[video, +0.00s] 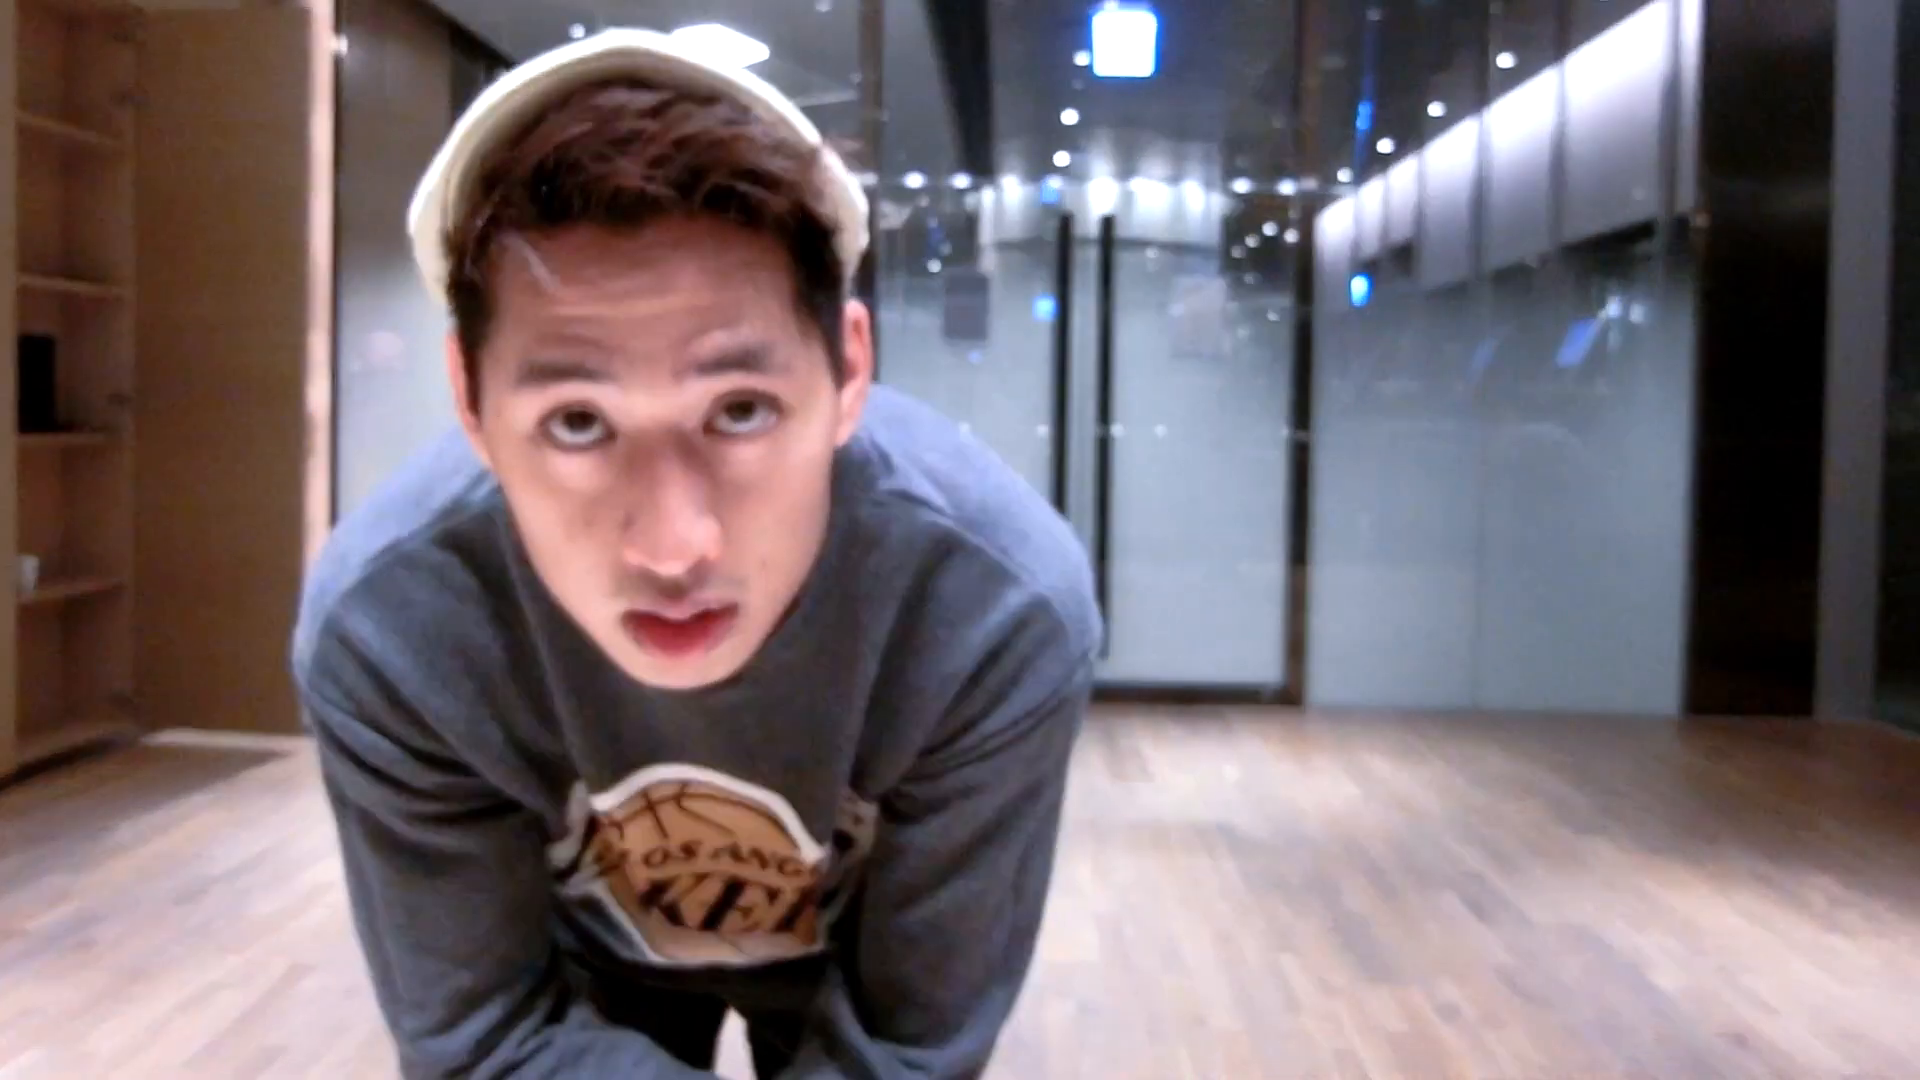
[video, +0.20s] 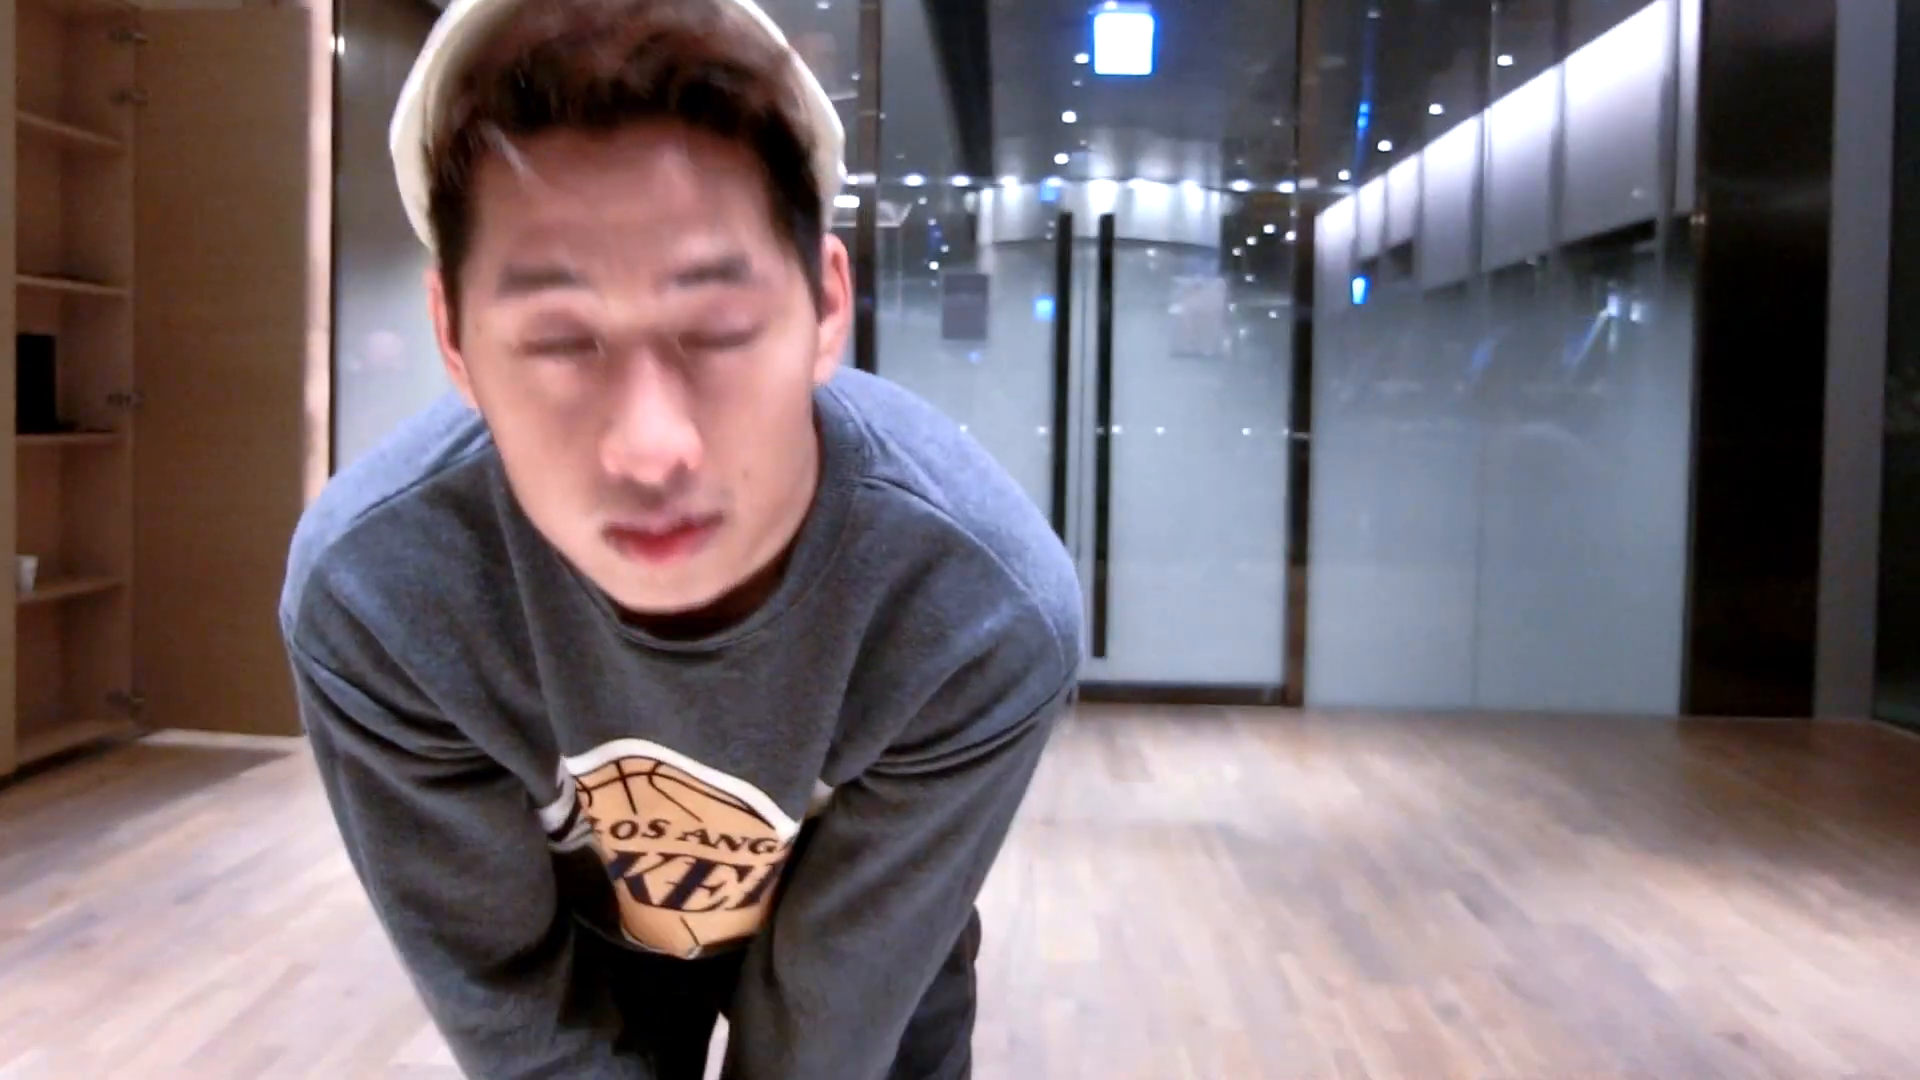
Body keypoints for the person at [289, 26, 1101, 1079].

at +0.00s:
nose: (674, 538)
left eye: (739, 410)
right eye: (577, 422)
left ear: (847, 376)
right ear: (472, 404)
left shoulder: (1002, 611)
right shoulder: (384, 629)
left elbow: (907, 1051)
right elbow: (483, 1038)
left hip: (855, 947)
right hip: (595, 948)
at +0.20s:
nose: (652, 446)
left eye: (719, 334)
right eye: (561, 343)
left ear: (828, 305)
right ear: (454, 341)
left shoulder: (987, 613)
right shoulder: (368, 591)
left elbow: (825, 1029)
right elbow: (515, 1018)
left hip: (866, 938)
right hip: (586, 950)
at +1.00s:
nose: (532, 323)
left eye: (563, 192)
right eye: (418, 244)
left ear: (688, 174)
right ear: (341, 294)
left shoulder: (936, 501)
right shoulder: (336, 548)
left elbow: (885, 985)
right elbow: (433, 931)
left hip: (833, 917)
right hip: (566, 917)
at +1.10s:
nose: (525, 370)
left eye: (560, 232)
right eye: (410, 285)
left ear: (678, 202)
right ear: (325, 321)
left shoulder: (918, 515)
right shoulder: (323, 561)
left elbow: (866, 1007)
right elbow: (429, 983)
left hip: (819, 918)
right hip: (568, 921)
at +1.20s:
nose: (514, 461)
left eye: (542, 322)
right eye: (397, 382)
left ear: (661, 264)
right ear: (312, 400)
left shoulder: (904, 546)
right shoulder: (315, 593)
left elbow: (842, 1020)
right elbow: (448, 1031)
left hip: (821, 932)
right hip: (571, 944)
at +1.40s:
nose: (494, 443)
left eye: (522, 305)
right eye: (376, 366)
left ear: (646, 255)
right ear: (298, 393)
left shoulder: (904, 538)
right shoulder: (322, 598)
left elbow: (823, 987)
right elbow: (524, 1011)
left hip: (836, 924)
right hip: (576, 954)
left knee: (855, 1065)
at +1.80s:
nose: (499, 544)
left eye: (534, 427)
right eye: (387, 469)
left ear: (650, 303)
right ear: (309, 444)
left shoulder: (883, 539)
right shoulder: (302, 577)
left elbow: (818, 989)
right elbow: (449, 1007)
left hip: (804, 929)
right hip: (546, 942)